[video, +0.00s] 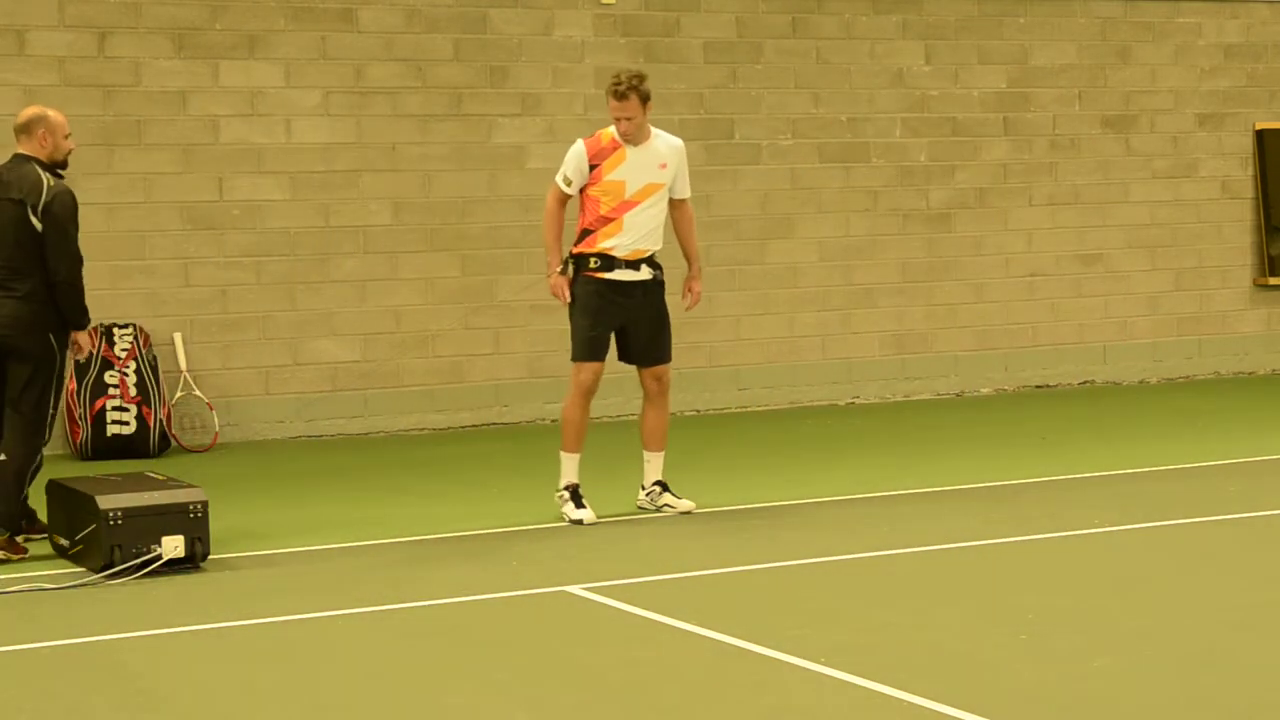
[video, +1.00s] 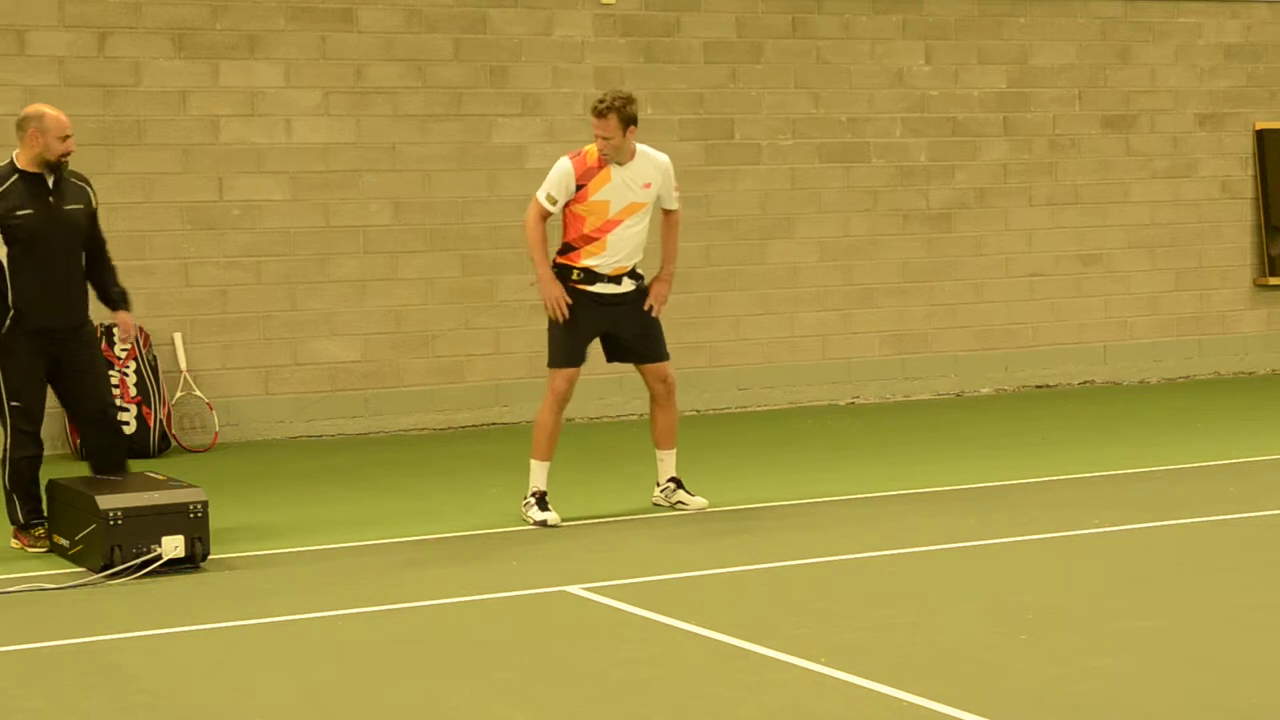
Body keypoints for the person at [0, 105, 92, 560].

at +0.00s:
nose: (72, 145)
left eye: (70, 136)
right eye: (66, 137)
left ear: (31, 137)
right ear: (42, 138)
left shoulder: (3, 178)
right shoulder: (53, 193)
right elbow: (64, 269)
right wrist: (78, 323)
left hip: (5, 322)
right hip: (32, 327)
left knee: (18, 422)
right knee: (26, 427)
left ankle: (20, 515)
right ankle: (4, 529)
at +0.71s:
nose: (72, 153)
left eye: (74, 145)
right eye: (67, 144)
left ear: (47, 139)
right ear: (40, 138)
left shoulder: (57, 186)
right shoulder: (4, 188)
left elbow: (58, 261)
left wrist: (70, 320)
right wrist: (17, 322)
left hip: (60, 326)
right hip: (20, 329)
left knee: (82, 407)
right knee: (26, 423)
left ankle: (38, 487)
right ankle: (25, 521)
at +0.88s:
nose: (68, 147)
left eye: (69, 139)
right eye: (61, 140)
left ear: (45, 139)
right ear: (31, 138)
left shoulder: (70, 187)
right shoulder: (3, 192)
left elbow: (81, 253)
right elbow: (1, 263)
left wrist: (98, 310)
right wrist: (7, 320)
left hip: (70, 327)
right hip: (20, 331)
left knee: (93, 414)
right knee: (22, 428)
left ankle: (86, 512)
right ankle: (28, 521)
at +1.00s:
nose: (71, 145)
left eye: (71, 137)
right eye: (63, 137)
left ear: (55, 138)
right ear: (32, 138)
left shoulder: (78, 187)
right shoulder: (4, 190)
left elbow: (95, 254)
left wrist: (119, 306)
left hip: (74, 330)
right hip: (19, 333)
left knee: (102, 420)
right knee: (23, 430)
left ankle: (121, 517)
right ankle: (28, 521)